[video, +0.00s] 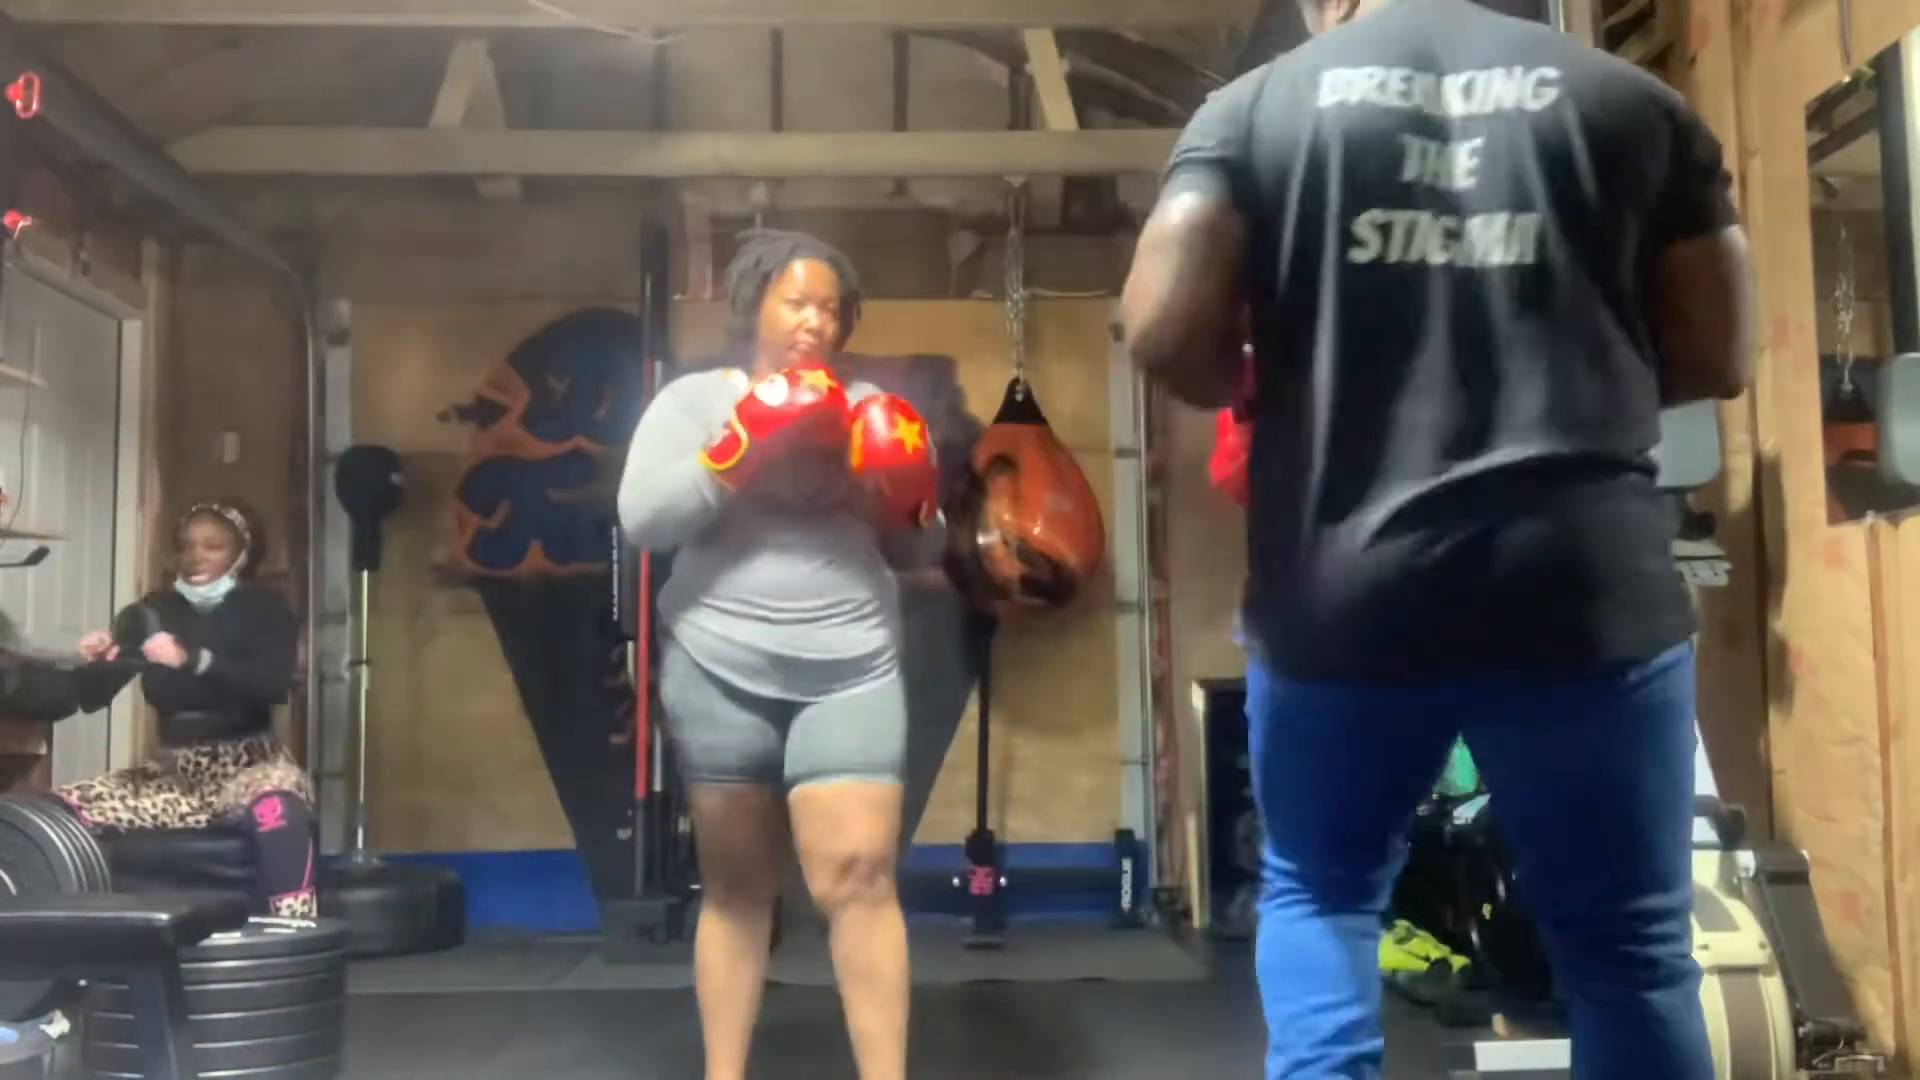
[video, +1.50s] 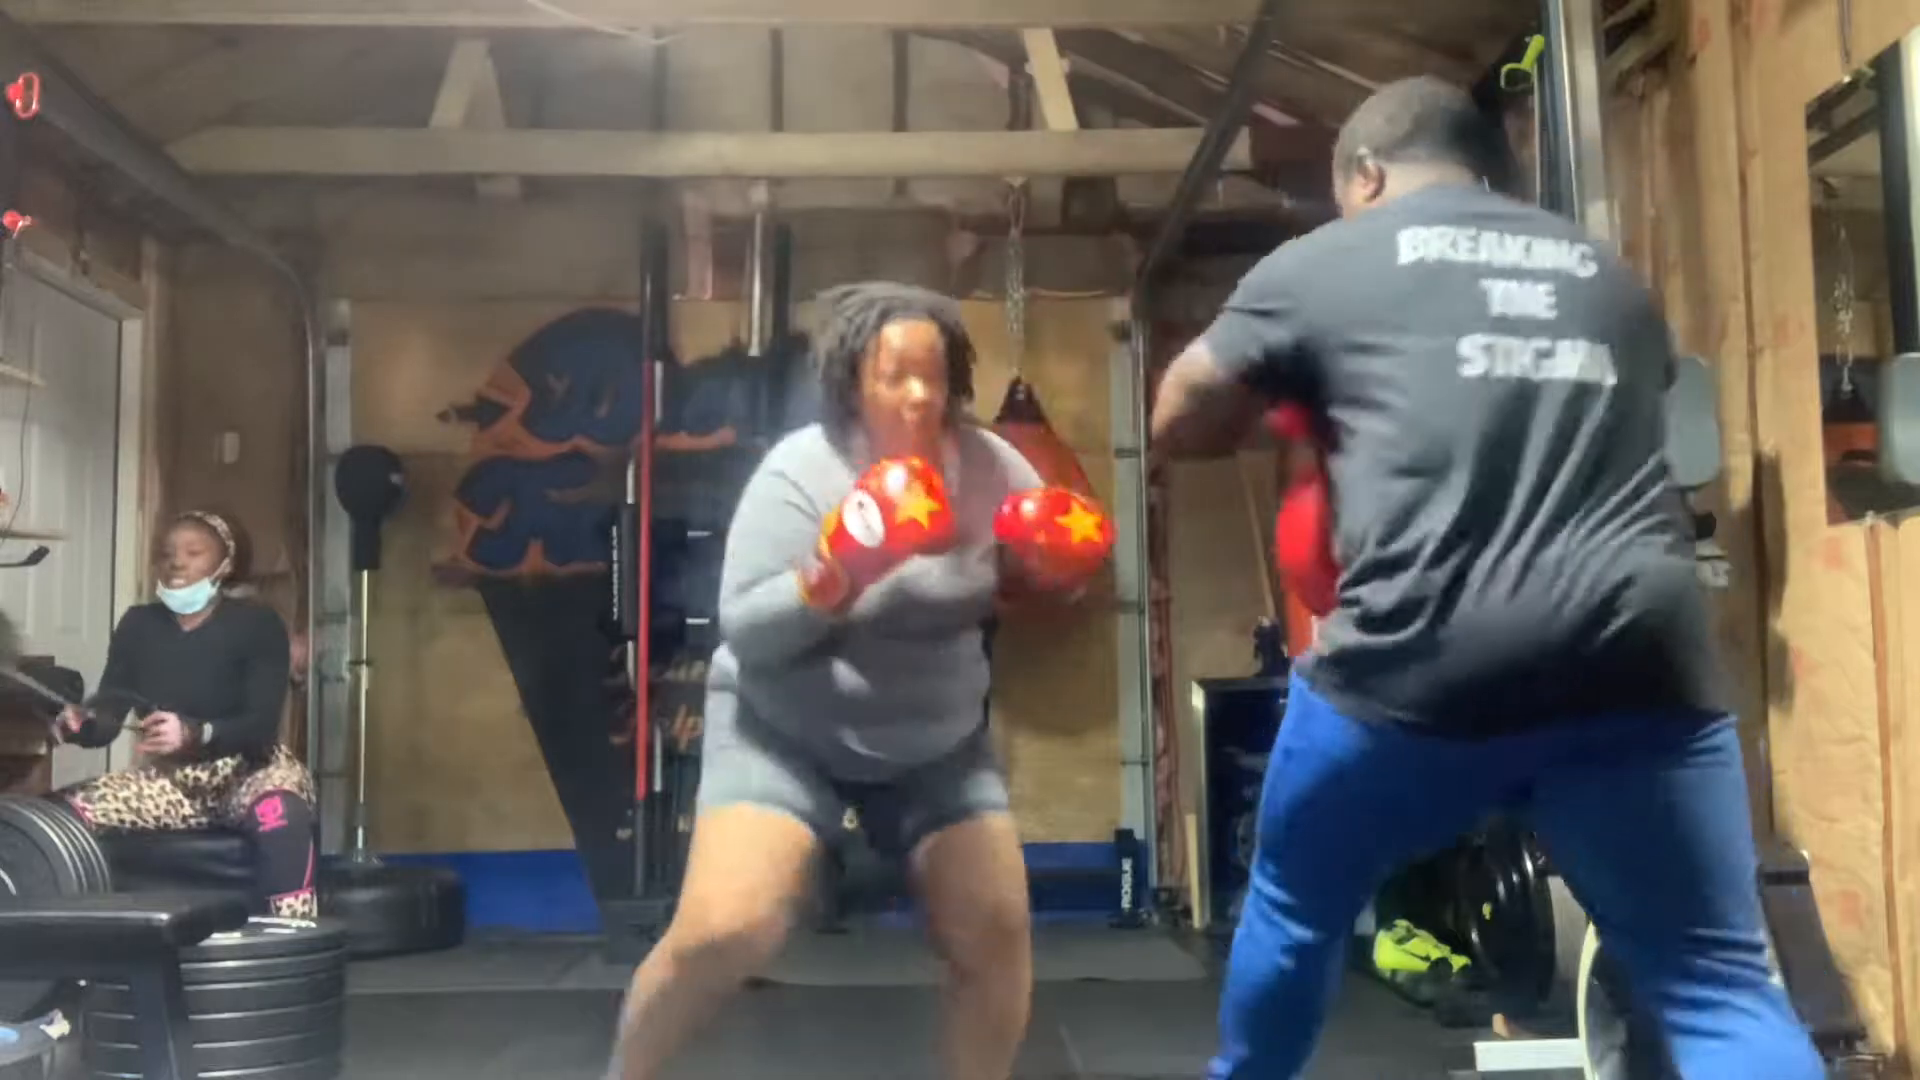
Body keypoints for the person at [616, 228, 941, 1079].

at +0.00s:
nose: (813, 322)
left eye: (829, 308)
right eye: (794, 304)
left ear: (846, 321)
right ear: (751, 311)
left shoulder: (872, 410)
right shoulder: (691, 402)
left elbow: (920, 552)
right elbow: (640, 523)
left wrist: (903, 491)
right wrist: (739, 462)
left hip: (853, 672)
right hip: (718, 669)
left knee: (860, 878)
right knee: (735, 889)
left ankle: (884, 1075)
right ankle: (725, 1074)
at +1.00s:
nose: (804, 335)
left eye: (821, 319)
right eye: (785, 316)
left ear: (841, 330)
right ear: (744, 324)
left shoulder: (875, 411)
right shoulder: (699, 411)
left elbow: (954, 534)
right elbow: (640, 534)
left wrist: (929, 432)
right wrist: (702, 422)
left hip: (863, 680)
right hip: (722, 685)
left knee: (896, 886)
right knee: (725, 897)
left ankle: (955, 1075)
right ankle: (725, 1075)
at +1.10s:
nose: (814, 309)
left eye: (832, 293)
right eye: (795, 290)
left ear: (858, 307)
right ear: (752, 299)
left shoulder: (901, 379)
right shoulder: (721, 394)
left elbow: (1013, 435)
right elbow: (649, 506)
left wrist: (998, 330)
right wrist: (717, 389)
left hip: (883, 674)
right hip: (745, 675)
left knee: (902, 889)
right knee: (746, 900)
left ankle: (955, 1074)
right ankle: (730, 1072)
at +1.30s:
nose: (864, 326)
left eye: (883, 311)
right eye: (847, 306)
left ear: (905, 322)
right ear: (805, 307)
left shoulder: (936, 392)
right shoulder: (745, 390)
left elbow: (1050, 474)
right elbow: (698, 528)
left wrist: (1045, 411)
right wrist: (782, 432)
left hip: (922, 679)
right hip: (777, 680)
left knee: (947, 898)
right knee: (764, 912)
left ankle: (967, 1072)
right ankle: (735, 1072)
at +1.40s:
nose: (899, 354)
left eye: (914, 334)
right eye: (877, 334)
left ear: (934, 343)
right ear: (831, 340)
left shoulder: (973, 434)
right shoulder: (780, 429)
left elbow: (1029, 573)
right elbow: (722, 586)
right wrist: (801, 524)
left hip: (935, 713)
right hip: (784, 709)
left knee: (969, 920)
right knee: (742, 939)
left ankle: (974, 1074)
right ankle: (704, 1062)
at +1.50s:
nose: (920, 395)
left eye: (934, 374)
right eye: (897, 375)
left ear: (952, 380)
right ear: (850, 382)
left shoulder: (994, 467)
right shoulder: (798, 471)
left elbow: (1034, 596)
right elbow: (747, 634)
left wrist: (1057, 574)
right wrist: (831, 583)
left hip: (939, 742)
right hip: (779, 734)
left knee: (998, 933)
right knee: (730, 928)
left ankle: (979, 1076)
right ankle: (628, 1070)